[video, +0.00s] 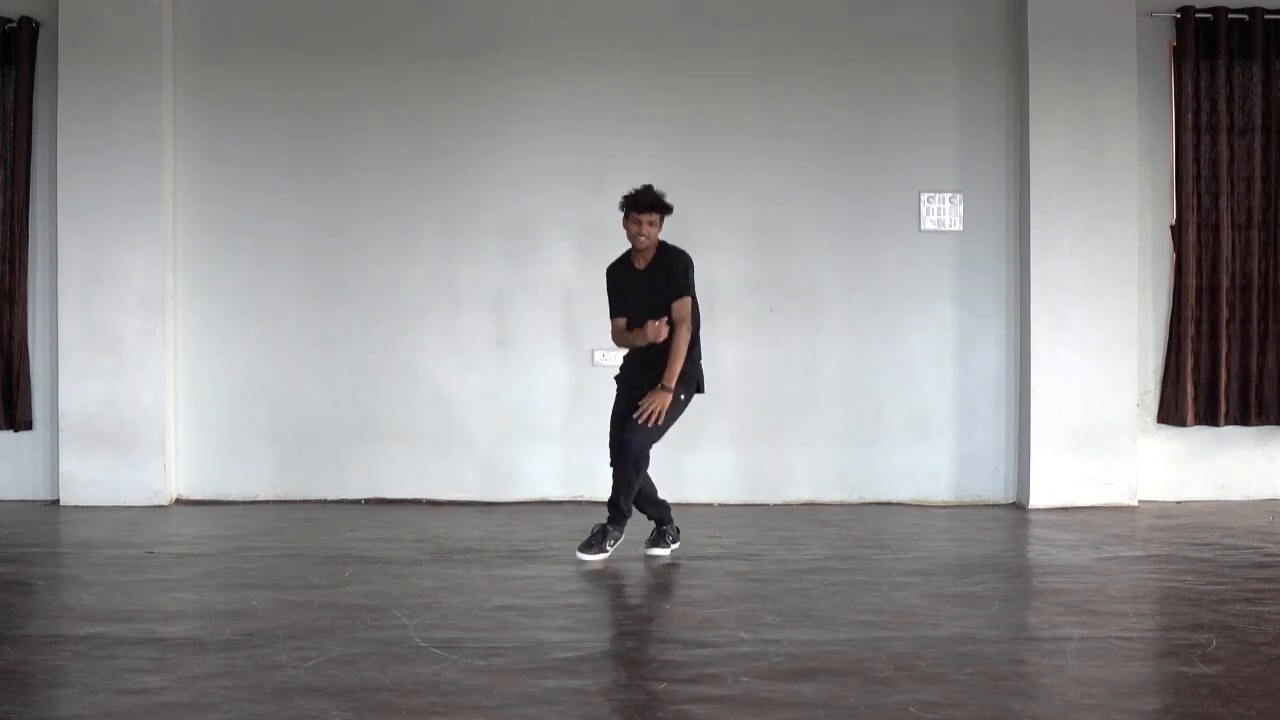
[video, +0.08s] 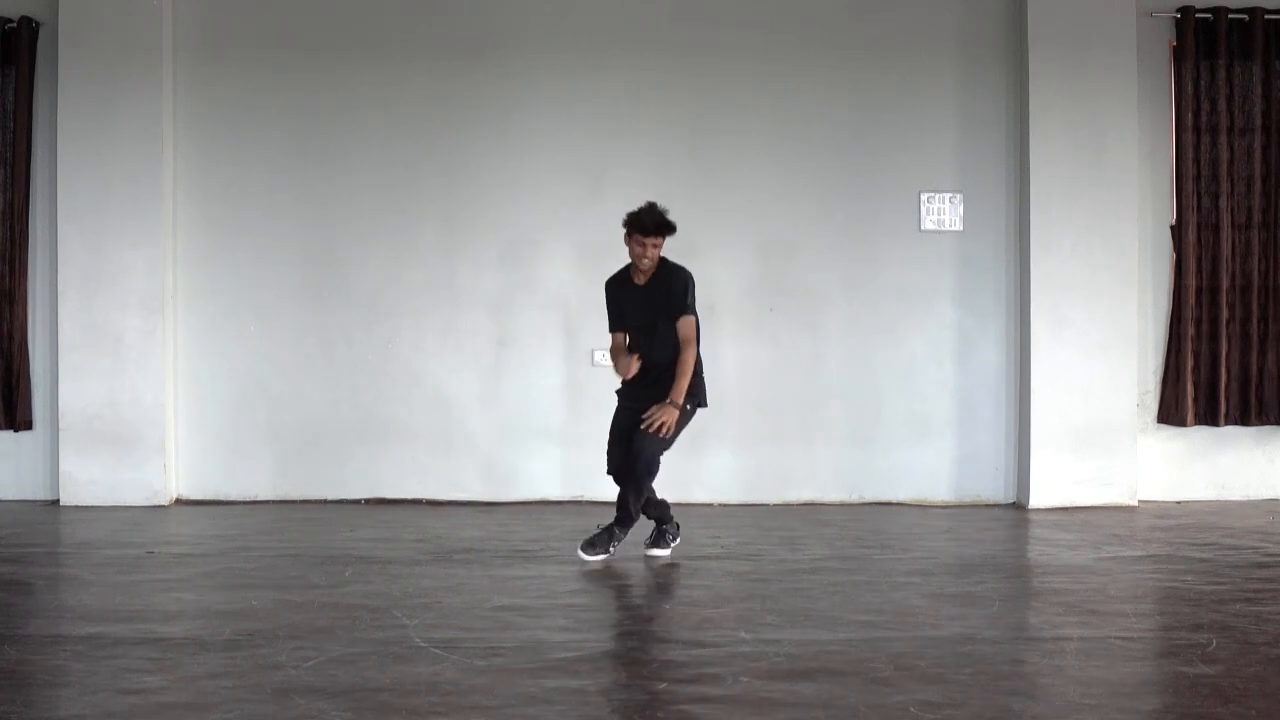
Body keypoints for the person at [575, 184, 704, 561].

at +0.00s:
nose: (643, 231)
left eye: (651, 224)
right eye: (636, 223)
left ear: (661, 226)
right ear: (625, 225)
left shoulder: (677, 263)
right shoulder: (617, 271)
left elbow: (684, 327)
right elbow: (618, 336)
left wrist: (667, 387)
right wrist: (642, 337)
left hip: (677, 371)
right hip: (635, 369)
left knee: (634, 438)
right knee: (621, 452)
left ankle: (613, 526)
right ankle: (665, 523)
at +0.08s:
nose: (648, 253)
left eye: (655, 246)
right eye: (641, 244)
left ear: (663, 245)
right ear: (628, 242)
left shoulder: (678, 280)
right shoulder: (616, 285)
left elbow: (689, 345)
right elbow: (617, 343)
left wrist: (674, 402)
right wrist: (622, 367)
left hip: (679, 386)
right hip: (638, 386)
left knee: (643, 449)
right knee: (618, 463)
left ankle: (618, 528)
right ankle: (666, 522)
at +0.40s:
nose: (678, 330)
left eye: (684, 324)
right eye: (673, 322)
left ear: (691, 317)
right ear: (655, 308)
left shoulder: (696, 334)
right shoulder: (625, 337)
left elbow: (711, 391)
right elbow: (602, 388)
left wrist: (729, 445)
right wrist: (595, 445)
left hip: (697, 454)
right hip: (651, 456)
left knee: (725, 532)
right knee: (666, 534)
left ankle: (642, 553)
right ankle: (632, 545)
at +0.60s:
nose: (698, 373)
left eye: (704, 367)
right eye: (694, 364)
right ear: (677, 346)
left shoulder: (704, 371)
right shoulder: (641, 376)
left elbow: (707, 428)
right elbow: (619, 436)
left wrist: (720, 483)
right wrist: (620, 502)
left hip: (708, 485)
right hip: (666, 490)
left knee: (740, 553)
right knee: (689, 559)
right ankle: (645, 547)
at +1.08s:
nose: (655, 368)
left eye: (662, 362)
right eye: (649, 361)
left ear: (669, 356)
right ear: (632, 348)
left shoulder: (681, 367)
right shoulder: (609, 373)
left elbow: (704, 417)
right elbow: (592, 432)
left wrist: (725, 471)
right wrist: (589, 492)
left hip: (678, 470)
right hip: (633, 472)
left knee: (719, 500)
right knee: (648, 507)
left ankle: (641, 549)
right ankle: (651, 538)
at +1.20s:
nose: (650, 360)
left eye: (658, 355)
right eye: (644, 353)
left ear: (667, 350)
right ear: (629, 341)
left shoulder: (680, 360)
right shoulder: (610, 362)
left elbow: (709, 409)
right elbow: (593, 420)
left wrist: (726, 461)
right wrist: (591, 481)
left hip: (676, 442)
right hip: (629, 446)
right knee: (648, 495)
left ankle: (636, 541)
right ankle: (653, 539)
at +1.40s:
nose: (649, 324)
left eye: (656, 318)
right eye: (643, 316)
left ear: (665, 312)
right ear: (629, 307)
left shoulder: (680, 326)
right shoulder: (613, 329)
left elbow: (713, 375)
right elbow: (599, 386)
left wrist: (720, 432)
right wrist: (596, 448)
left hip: (680, 406)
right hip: (636, 410)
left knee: (676, 454)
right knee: (640, 474)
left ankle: (653, 527)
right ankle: (653, 532)